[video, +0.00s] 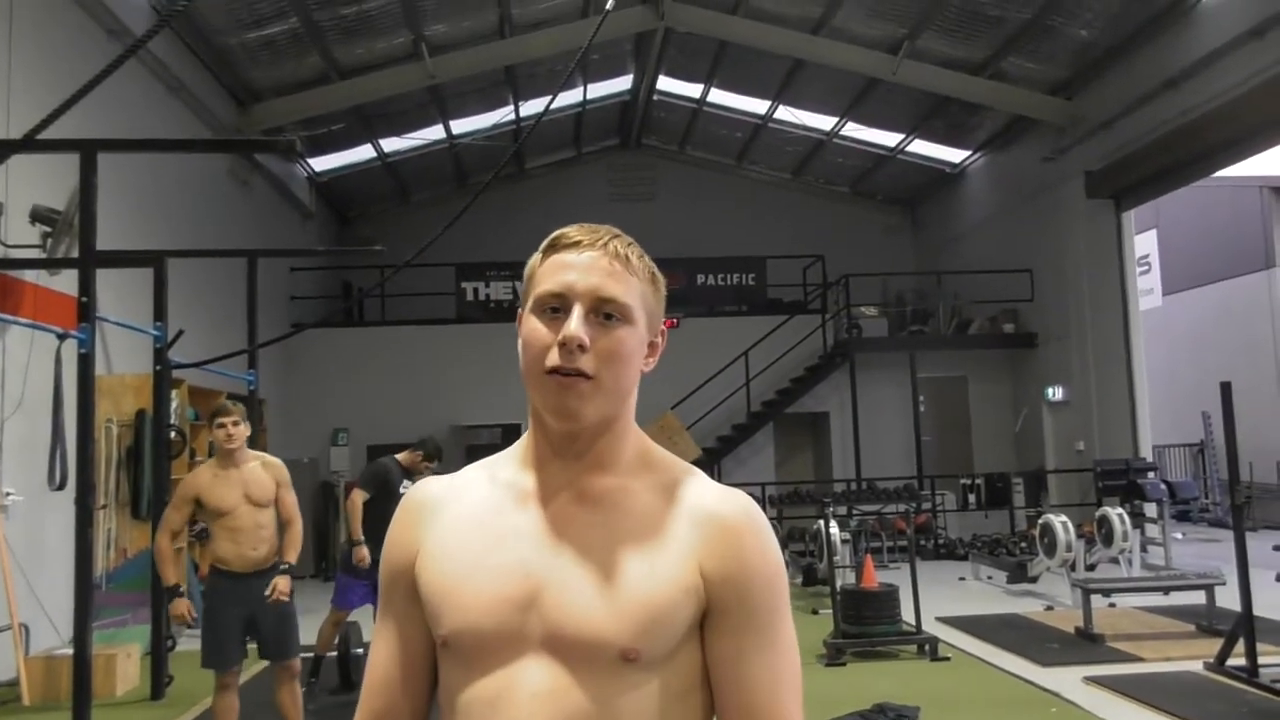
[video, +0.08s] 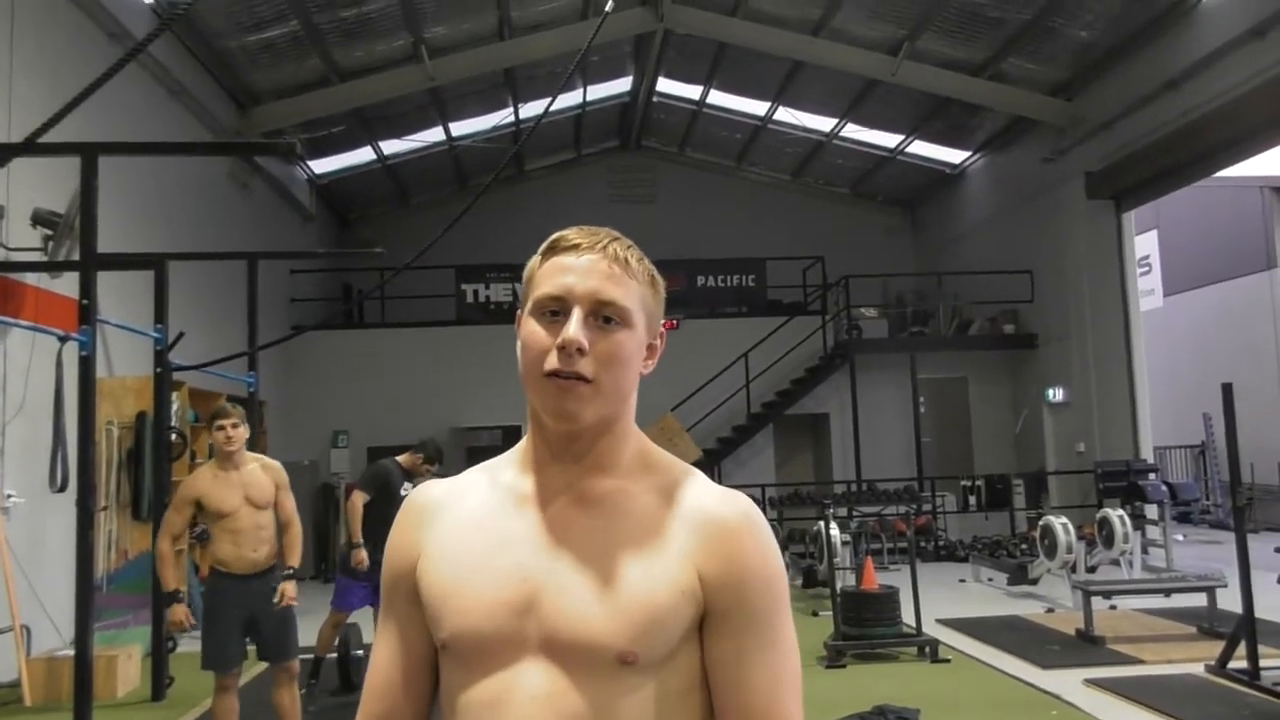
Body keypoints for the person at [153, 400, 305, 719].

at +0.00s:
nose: (229, 431)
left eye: (236, 424)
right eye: (221, 426)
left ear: (247, 428)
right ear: (211, 434)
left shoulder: (273, 468)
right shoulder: (197, 480)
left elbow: (293, 522)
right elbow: (164, 535)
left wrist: (286, 569)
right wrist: (174, 593)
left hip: (272, 579)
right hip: (223, 584)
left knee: (290, 669)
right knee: (227, 679)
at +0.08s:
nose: (229, 434)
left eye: (235, 426)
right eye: (220, 429)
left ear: (246, 431)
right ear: (211, 436)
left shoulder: (272, 471)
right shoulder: (197, 483)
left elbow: (291, 523)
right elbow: (166, 539)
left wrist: (290, 575)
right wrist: (174, 597)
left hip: (271, 582)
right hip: (223, 586)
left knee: (288, 670)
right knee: (227, 680)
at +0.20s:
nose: (230, 437)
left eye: (236, 430)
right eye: (222, 432)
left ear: (247, 434)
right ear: (211, 439)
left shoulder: (271, 475)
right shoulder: (196, 486)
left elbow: (288, 530)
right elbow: (174, 545)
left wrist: (298, 582)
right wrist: (177, 602)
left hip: (269, 586)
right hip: (222, 591)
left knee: (284, 676)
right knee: (226, 684)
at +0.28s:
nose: (232, 439)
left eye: (238, 432)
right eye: (223, 434)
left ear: (248, 437)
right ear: (211, 441)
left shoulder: (269, 478)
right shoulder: (196, 487)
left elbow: (287, 534)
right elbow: (177, 546)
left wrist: (302, 585)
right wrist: (180, 603)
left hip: (266, 590)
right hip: (220, 594)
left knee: (278, 680)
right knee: (225, 686)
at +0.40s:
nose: (237, 442)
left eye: (242, 435)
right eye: (228, 436)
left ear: (251, 441)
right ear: (212, 444)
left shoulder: (270, 482)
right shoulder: (197, 491)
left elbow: (287, 538)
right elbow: (177, 548)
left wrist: (305, 591)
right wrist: (185, 608)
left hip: (266, 596)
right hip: (220, 599)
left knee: (275, 686)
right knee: (224, 694)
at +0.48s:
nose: (244, 444)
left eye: (249, 437)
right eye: (234, 438)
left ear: (255, 443)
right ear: (217, 446)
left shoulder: (271, 485)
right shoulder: (200, 491)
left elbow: (286, 541)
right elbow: (177, 548)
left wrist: (305, 594)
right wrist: (188, 609)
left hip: (267, 598)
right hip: (222, 601)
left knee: (277, 688)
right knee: (225, 697)